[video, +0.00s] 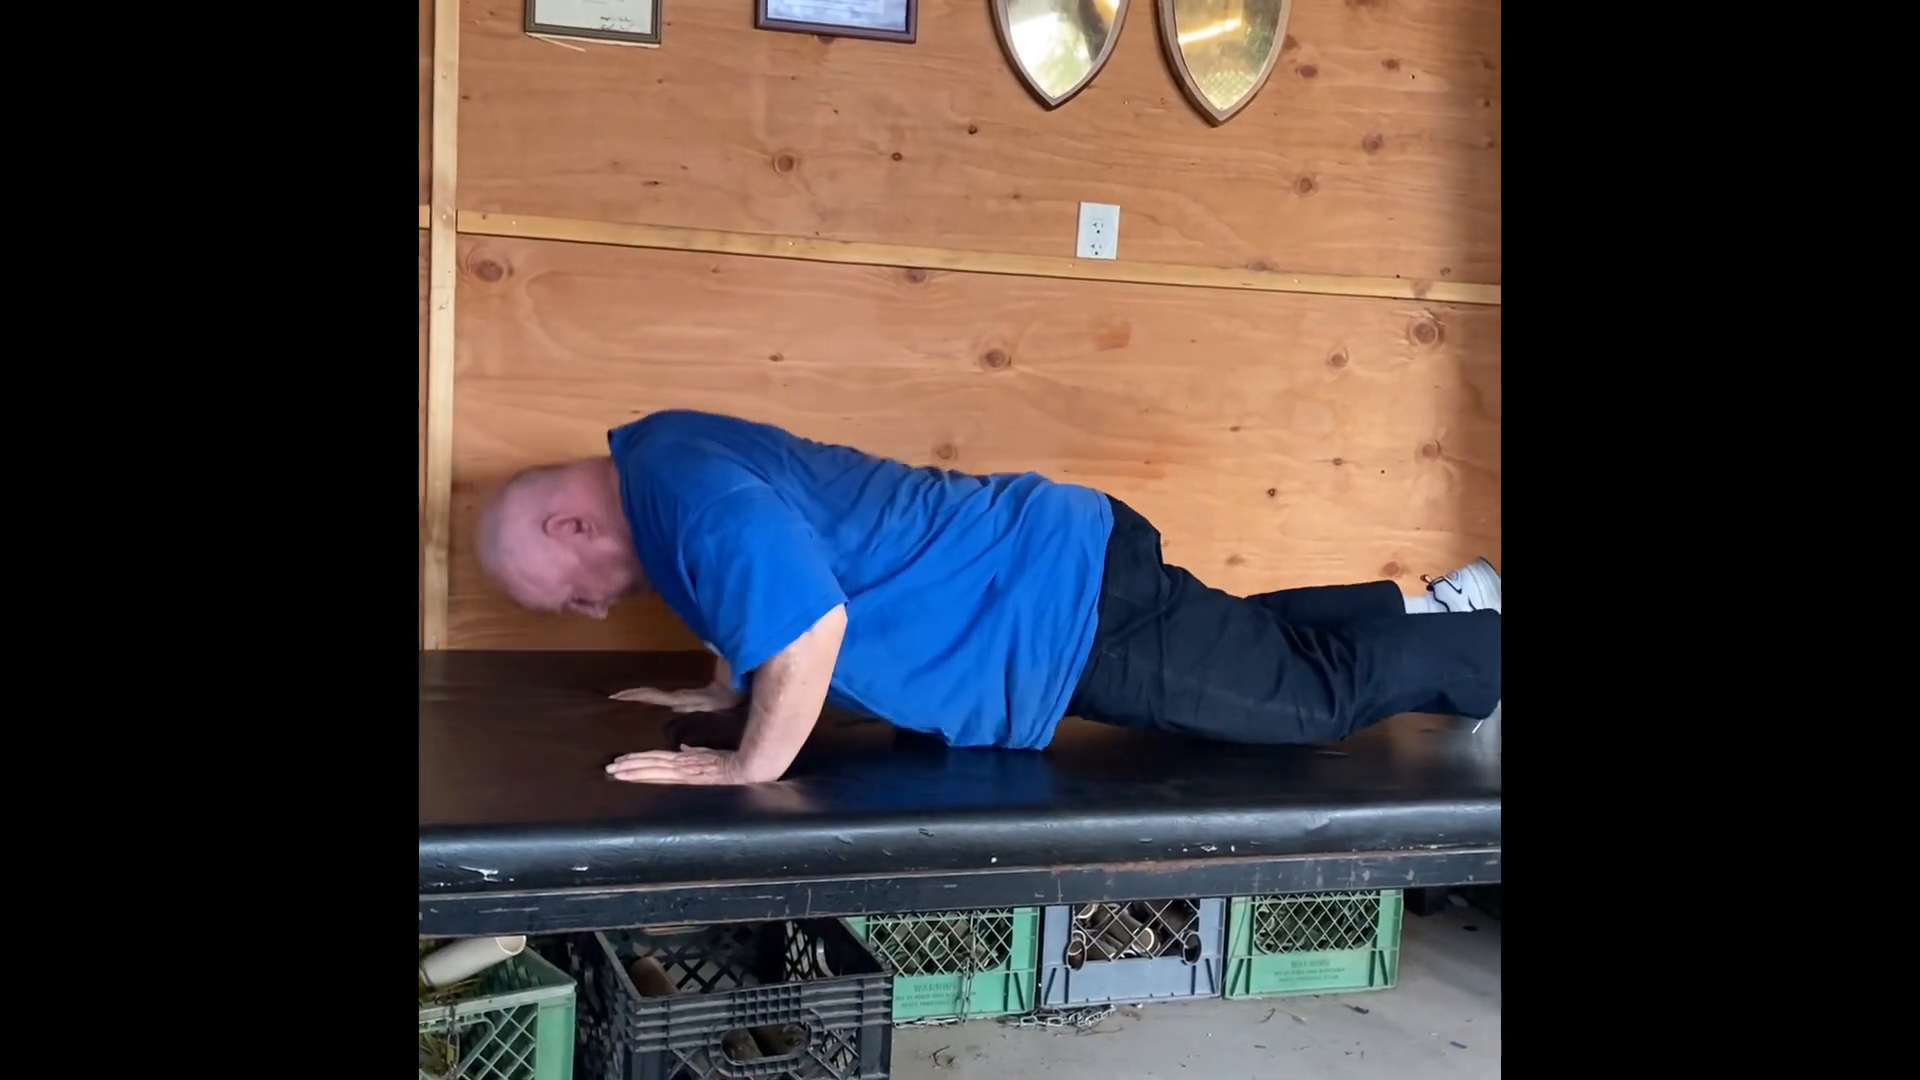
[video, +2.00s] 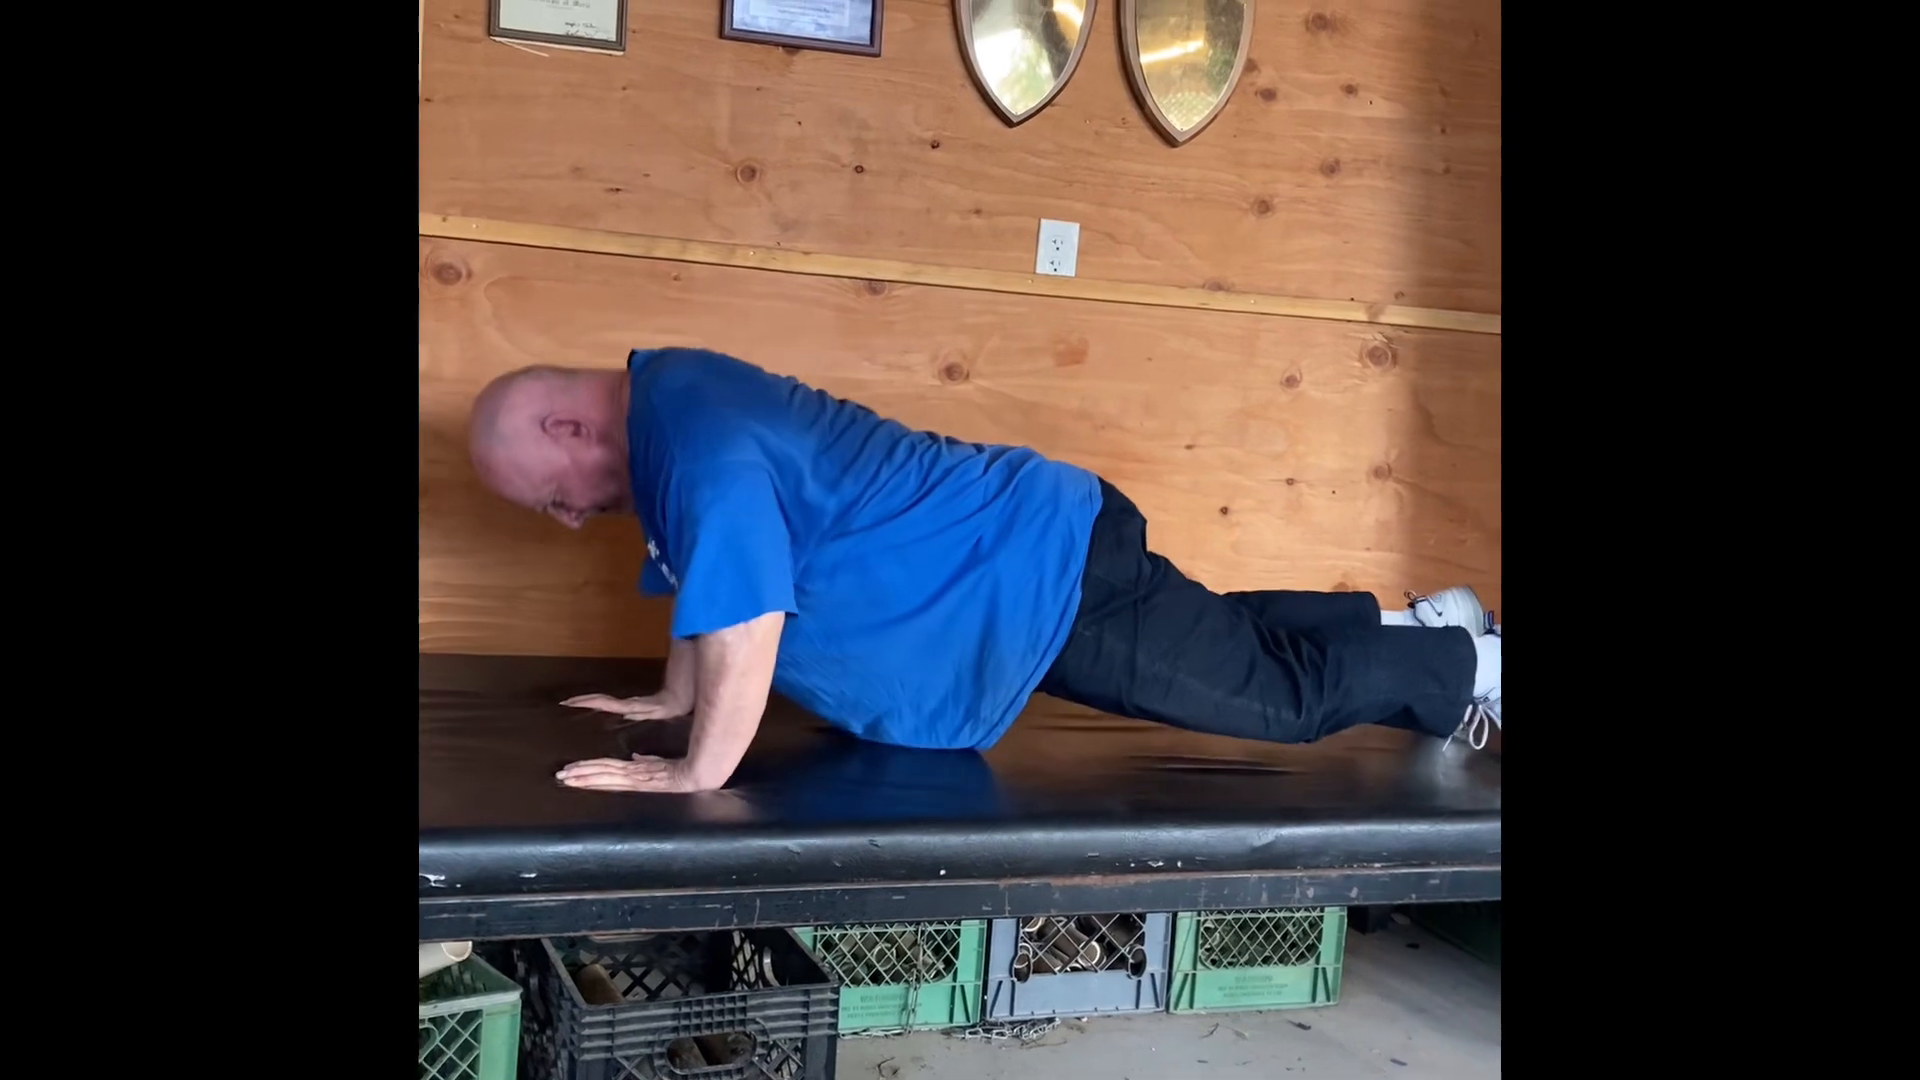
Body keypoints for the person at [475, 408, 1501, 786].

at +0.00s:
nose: (597, 599)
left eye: (571, 591)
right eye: (574, 597)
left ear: (569, 531)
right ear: (564, 500)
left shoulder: (686, 499)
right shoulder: (658, 463)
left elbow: (804, 618)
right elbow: (764, 592)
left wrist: (749, 766)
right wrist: (732, 690)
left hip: (1068, 608)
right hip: (1049, 571)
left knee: (1307, 695)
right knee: (1276, 649)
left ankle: (1486, 653)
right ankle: (1460, 612)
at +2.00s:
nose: (573, 511)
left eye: (556, 491)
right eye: (551, 502)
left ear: (571, 431)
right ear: (569, 415)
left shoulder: (695, 437)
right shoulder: (664, 412)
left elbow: (747, 613)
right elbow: (717, 592)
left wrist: (704, 770)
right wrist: (681, 705)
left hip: (1050, 583)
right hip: (1030, 557)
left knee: (1274, 696)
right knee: (1217, 638)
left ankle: (1462, 662)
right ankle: (1406, 618)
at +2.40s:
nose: (532, 658)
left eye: (511, 649)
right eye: (512, 658)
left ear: (512, 587)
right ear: (508, 573)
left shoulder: (640, 562)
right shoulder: (587, 532)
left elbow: (736, 667)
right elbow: (702, 648)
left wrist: (670, 798)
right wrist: (633, 716)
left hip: (993, 663)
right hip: (969, 670)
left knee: (1222, 755)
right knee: (1178, 705)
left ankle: (1429, 705)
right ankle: (1371, 668)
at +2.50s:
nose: (525, 658)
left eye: (502, 648)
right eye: (504, 659)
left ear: (498, 584)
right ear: (498, 577)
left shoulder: (625, 552)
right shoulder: (584, 541)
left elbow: (728, 665)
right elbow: (700, 654)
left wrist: (670, 802)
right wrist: (629, 721)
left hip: (984, 660)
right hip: (955, 680)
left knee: (1215, 755)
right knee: (1172, 710)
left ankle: (1428, 710)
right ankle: (1366, 673)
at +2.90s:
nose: (534, 527)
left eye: (520, 508)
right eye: (516, 515)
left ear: (541, 450)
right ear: (541, 433)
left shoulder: (666, 469)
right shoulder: (639, 450)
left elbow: (695, 665)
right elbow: (672, 642)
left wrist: (658, 811)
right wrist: (632, 749)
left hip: (999, 609)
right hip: (977, 603)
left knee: (1214, 730)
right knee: (1179, 694)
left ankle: (1438, 721)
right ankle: (1376, 691)